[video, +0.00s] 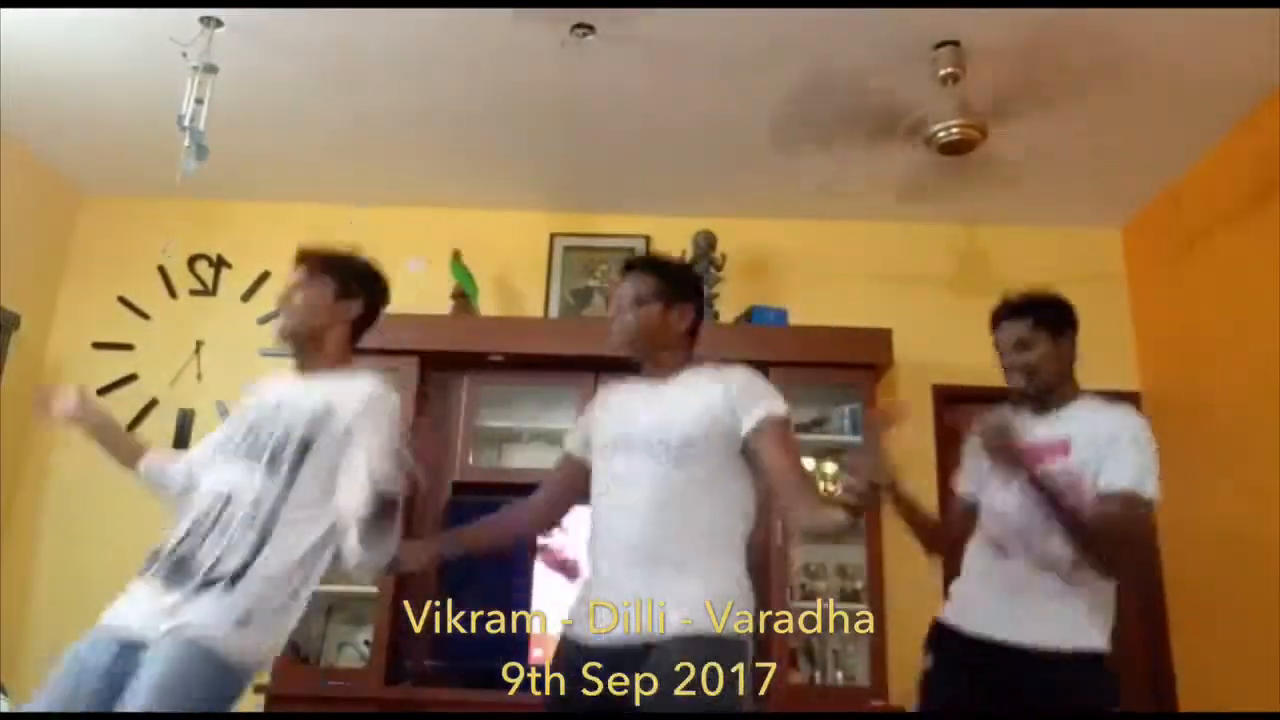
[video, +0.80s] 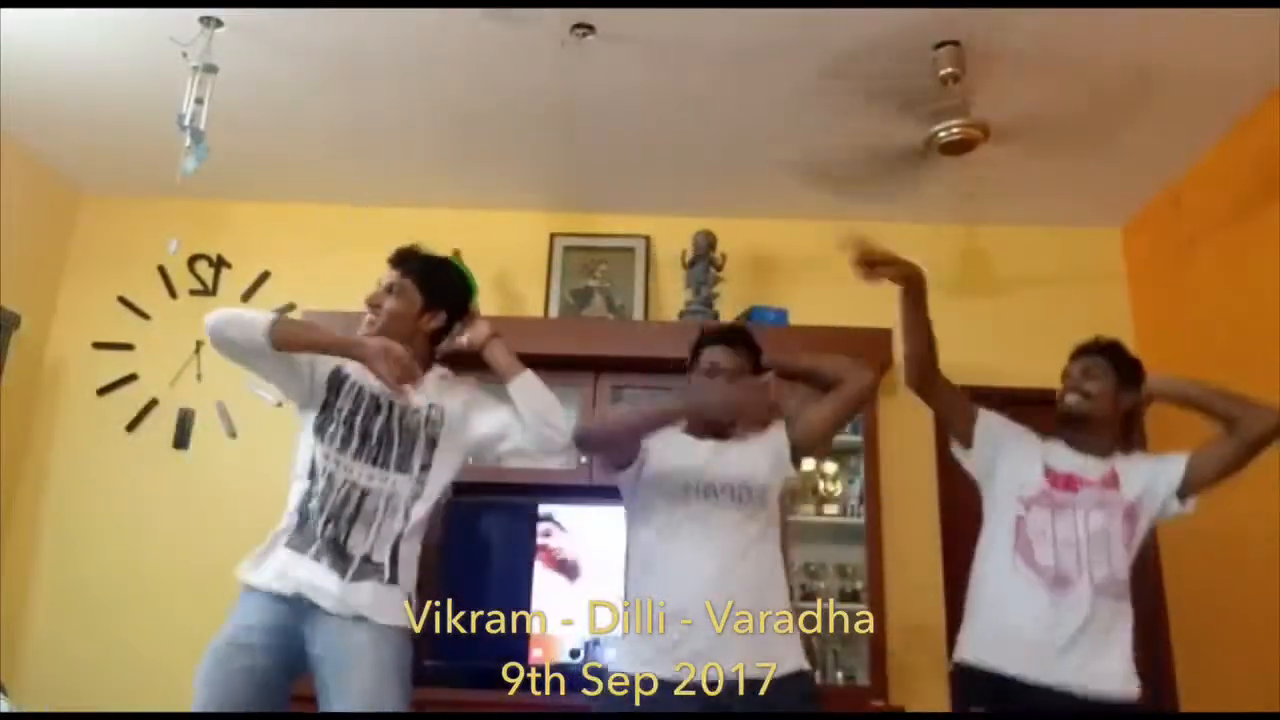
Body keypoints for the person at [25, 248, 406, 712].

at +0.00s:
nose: (283, 295)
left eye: (303, 283)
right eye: (290, 282)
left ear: (349, 308)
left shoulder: (369, 396)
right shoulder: (269, 391)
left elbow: (365, 548)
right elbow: (185, 479)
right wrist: (98, 423)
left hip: (231, 615)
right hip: (156, 593)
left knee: (152, 706)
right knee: (53, 705)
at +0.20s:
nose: (317, 215)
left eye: (340, 208)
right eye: (319, 204)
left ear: (378, 239)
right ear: (311, 214)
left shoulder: (394, 329)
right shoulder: (256, 306)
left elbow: (437, 462)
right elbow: (215, 409)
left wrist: (345, 472)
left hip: (337, 554)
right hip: (235, 544)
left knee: (309, 706)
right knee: (135, 701)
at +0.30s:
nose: (323, 225)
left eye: (344, 218)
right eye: (325, 214)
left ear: (384, 247)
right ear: (315, 224)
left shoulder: (409, 346)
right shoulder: (257, 321)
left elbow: (444, 483)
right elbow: (203, 446)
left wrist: (362, 505)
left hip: (353, 575)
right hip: (248, 564)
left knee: (338, 706)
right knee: (167, 703)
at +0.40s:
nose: (326, 253)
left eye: (348, 244)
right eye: (327, 241)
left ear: (391, 274)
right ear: (321, 251)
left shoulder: (421, 377)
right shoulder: (260, 349)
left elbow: (462, 506)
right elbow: (201, 480)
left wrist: (403, 493)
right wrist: (293, 544)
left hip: (367, 604)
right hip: (262, 598)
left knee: (369, 702)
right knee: (209, 703)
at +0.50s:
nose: (345, 324)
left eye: (367, 318)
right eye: (354, 313)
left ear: (406, 351)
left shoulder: (437, 432)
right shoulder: (290, 398)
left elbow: (537, 505)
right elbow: (237, 474)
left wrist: (503, 428)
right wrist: (370, 488)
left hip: (384, 647)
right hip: (286, 641)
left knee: (386, 706)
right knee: (237, 707)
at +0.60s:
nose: (360, 320)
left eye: (379, 315)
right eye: (367, 310)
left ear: (416, 344)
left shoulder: (442, 428)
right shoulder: (319, 382)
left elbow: (557, 470)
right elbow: (250, 393)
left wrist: (509, 395)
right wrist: (383, 412)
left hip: (385, 644)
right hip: (289, 637)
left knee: (390, 706)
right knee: (228, 704)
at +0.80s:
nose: (371, 300)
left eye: (393, 292)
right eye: (380, 287)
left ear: (433, 321)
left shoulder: (463, 405)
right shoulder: (329, 372)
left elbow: (554, 440)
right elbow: (222, 327)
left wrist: (492, 347)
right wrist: (354, 345)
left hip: (368, 612)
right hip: (277, 587)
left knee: (370, 705)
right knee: (217, 699)